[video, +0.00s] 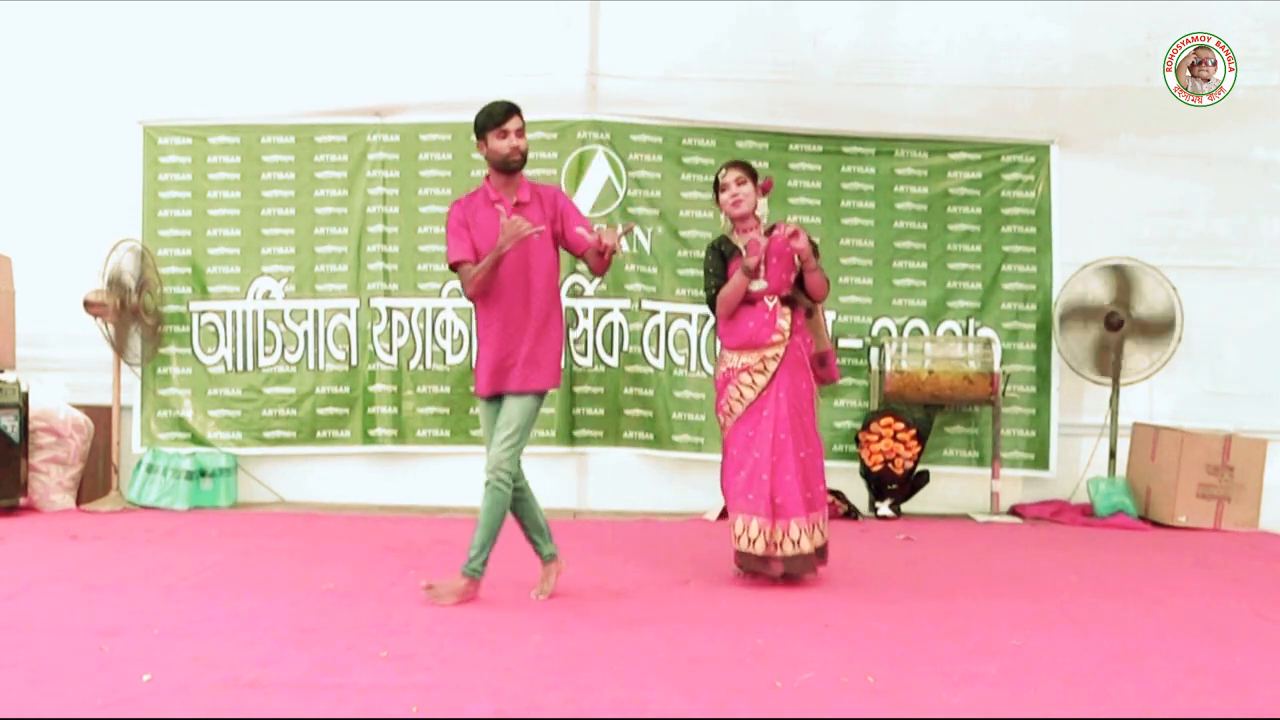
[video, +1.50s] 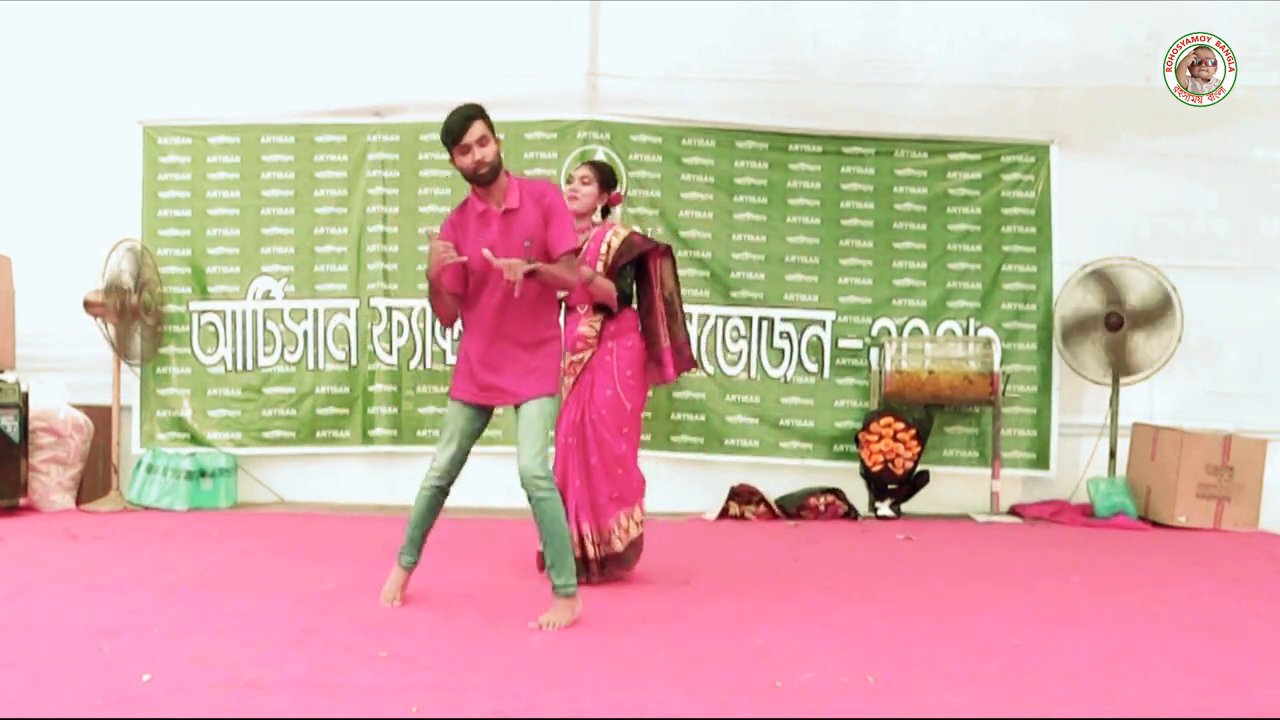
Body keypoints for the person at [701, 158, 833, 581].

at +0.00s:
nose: (732, 193)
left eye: (740, 184)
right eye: (724, 188)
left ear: (759, 190)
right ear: (719, 201)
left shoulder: (787, 238)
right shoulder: (720, 250)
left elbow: (819, 294)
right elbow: (721, 310)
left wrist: (806, 257)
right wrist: (746, 267)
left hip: (789, 355)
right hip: (743, 360)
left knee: (791, 446)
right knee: (750, 449)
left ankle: (794, 547)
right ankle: (755, 548)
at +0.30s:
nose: (729, 207)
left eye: (738, 199)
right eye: (722, 202)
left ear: (759, 205)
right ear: (717, 214)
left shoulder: (788, 256)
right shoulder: (717, 264)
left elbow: (814, 312)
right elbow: (711, 325)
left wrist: (793, 277)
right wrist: (735, 281)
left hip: (786, 370)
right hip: (738, 373)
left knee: (783, 456)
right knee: (737, 459)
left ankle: (788, 554)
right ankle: (746, 555)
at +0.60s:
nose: (704, 192)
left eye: (713, 184)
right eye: (698, 187)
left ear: (736, 188)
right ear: (695, 197)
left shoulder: (765, 239)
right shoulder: (695, 248)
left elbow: (793, 302)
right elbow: (679, 311)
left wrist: (769, 268)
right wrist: (703, 279)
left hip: (755, 351)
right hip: (709, 353)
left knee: (744, 438)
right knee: (706, 439)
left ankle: (742, 547)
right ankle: (712, 547)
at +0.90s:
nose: (654, 195)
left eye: (664, 188)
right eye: (650, 190)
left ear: (690, 194)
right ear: (646, 200)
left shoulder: (716, 233)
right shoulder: (651, 256)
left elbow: (757, 264)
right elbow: (649, 326)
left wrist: (719, 246)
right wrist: (662, 291)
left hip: (722, 345)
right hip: (677, 351)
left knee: (714, 436)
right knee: (673, 438)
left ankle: (719, 546)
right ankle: (682, 548)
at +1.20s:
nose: (616, 211)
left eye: (627, 205)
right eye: (613, 204)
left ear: (650, 214)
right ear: (609, 215)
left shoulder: (672, 249)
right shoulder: (616, 272)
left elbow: (696, 290)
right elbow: (615, 347)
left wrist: (653, 269)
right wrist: (616, 309)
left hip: (683, 358)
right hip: (644, 365)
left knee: (665, 441)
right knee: (613, 442)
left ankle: (675, 551)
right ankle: (629, 551)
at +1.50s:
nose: (574, 189)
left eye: (585, 183)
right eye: (570, 181)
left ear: (606, 195)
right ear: (562, 189)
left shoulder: (619, 238)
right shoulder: (564, 240)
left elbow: (618, 297)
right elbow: (552, 288)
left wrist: (580, 272)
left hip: (617, 342)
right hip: (578, 343)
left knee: (602, 433)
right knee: (570, 435)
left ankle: (617, 539)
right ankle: (576, 541)